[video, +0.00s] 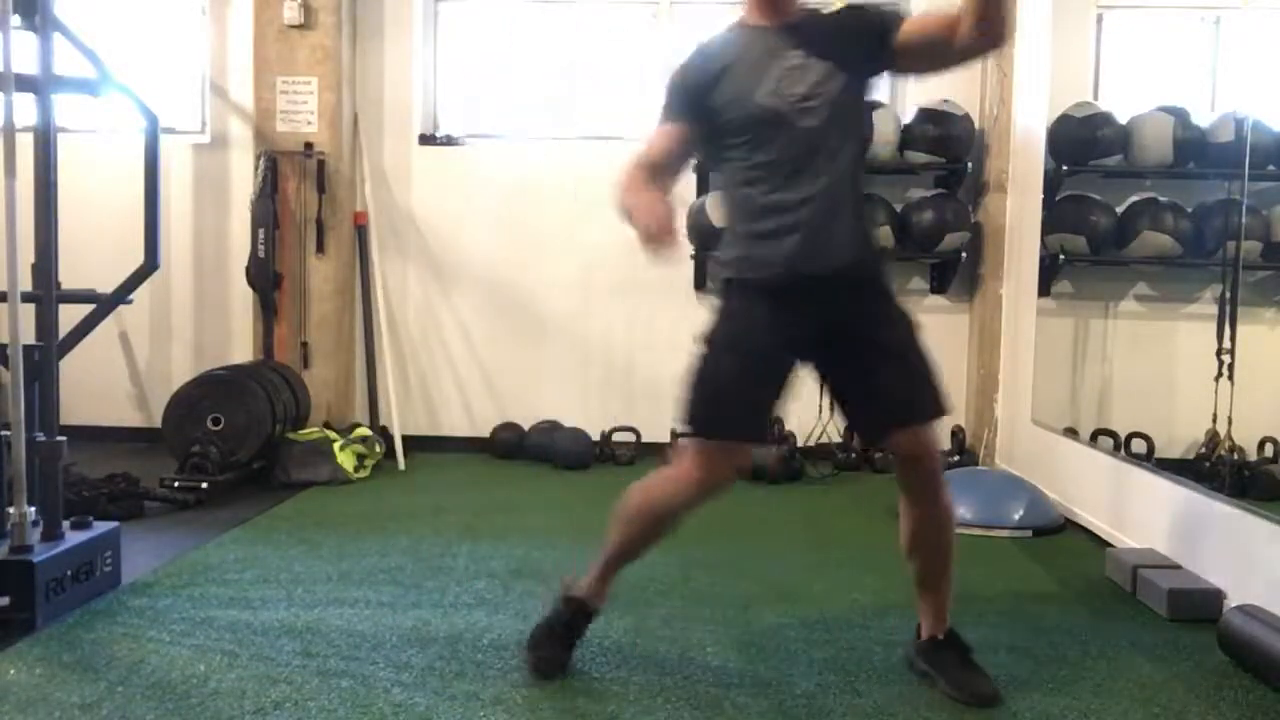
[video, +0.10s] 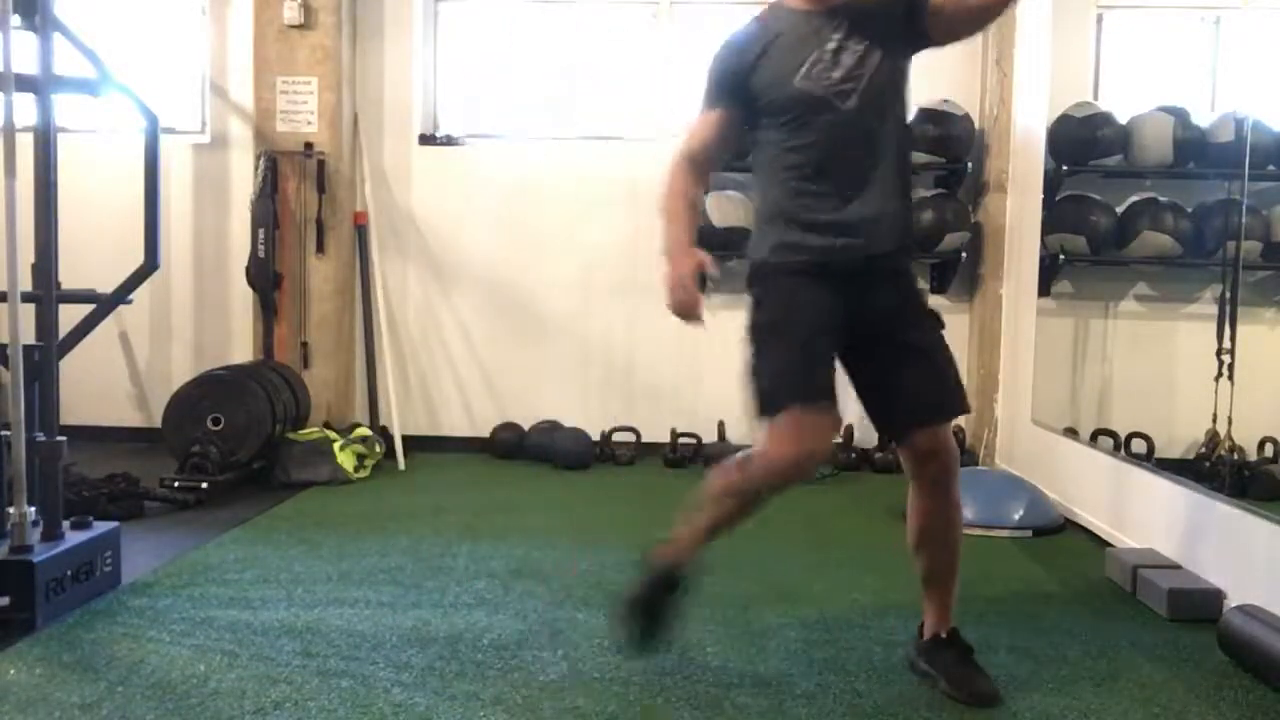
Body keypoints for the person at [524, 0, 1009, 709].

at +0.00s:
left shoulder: (848, 35)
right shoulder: (711, 67)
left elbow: (975, 33)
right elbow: (643, 175)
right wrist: (652, 213)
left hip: (853, 290)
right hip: (757, 297)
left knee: (921, 460)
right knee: (705, 466)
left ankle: (936, 638)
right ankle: (583, 598)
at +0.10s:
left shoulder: (891, 17)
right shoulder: (751, 46)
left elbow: (981, 7)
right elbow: (690, 163)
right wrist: (680, 249)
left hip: (882, 268)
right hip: (793, 271)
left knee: (935, 452)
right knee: (800, 441)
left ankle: (938, 637)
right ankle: (667, 564)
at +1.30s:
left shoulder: (670, 43)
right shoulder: (534, 9)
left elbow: (729, 152)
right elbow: (446, 6)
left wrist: (710, 257)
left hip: (613, 279)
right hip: (518, 270)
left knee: (650, 458)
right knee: (451, 449)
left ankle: (747, 609)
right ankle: (425, 635)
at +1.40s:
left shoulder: (634, 20)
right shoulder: (492, 6)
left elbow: (712, 146)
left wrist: (752, 273)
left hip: (572, 257)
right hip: (481, 253)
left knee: (549, 441)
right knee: (440, 443)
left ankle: (671, 573)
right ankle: (424, 634)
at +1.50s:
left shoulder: (620, 10)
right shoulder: (467, 3)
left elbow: (708, 124)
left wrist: (763, 250)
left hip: (555, 231)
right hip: (467, 230)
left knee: (439, 357)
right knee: (428, 435)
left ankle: (535, 523)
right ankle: (425, 632)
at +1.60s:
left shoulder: (608, 12)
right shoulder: (461, 7)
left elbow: (701, 115)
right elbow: (369, 10)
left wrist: (751, 222)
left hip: (546, 238)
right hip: (466, 244)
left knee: (372, 212)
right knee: (405, 435)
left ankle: (431, 429)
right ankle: (437, 637)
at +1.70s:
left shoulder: (603, 40)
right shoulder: (456, 40)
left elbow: (691, 132)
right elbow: (373, 79)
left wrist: (743, 221)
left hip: (542, 264)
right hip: (466, 269)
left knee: (367, 140)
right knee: (391, 461)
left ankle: (382, 366)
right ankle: (441, 643)